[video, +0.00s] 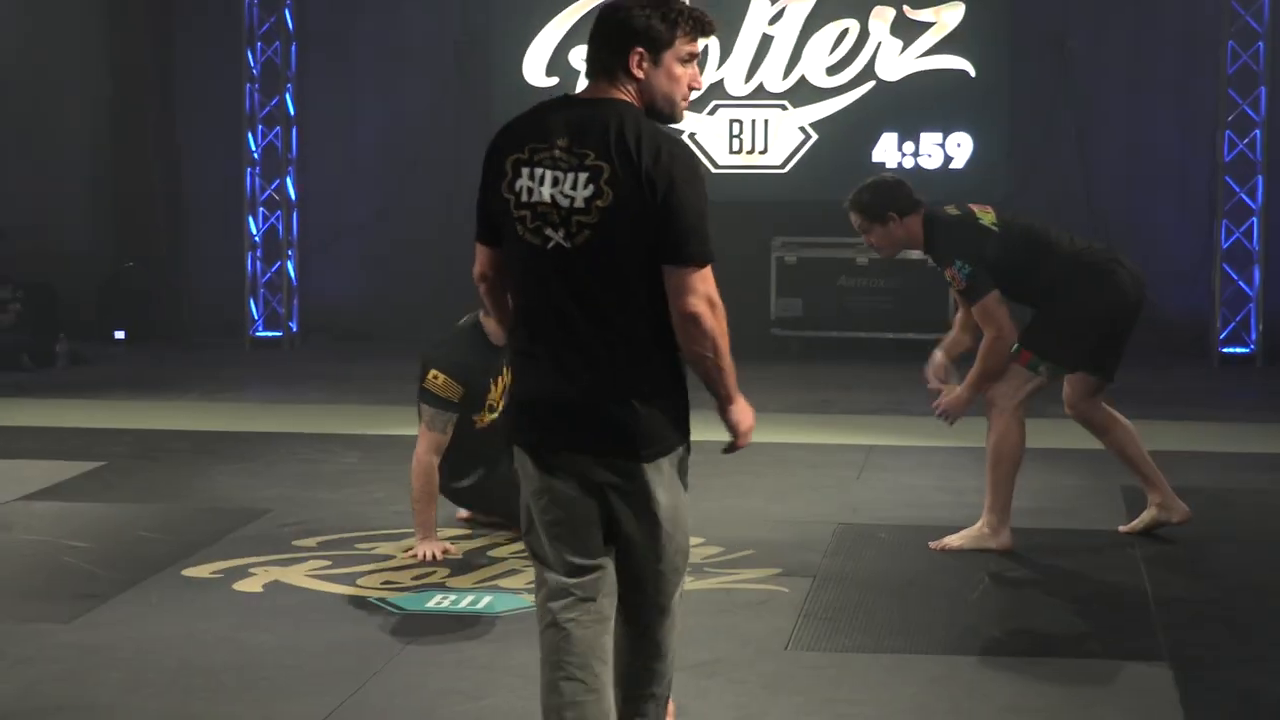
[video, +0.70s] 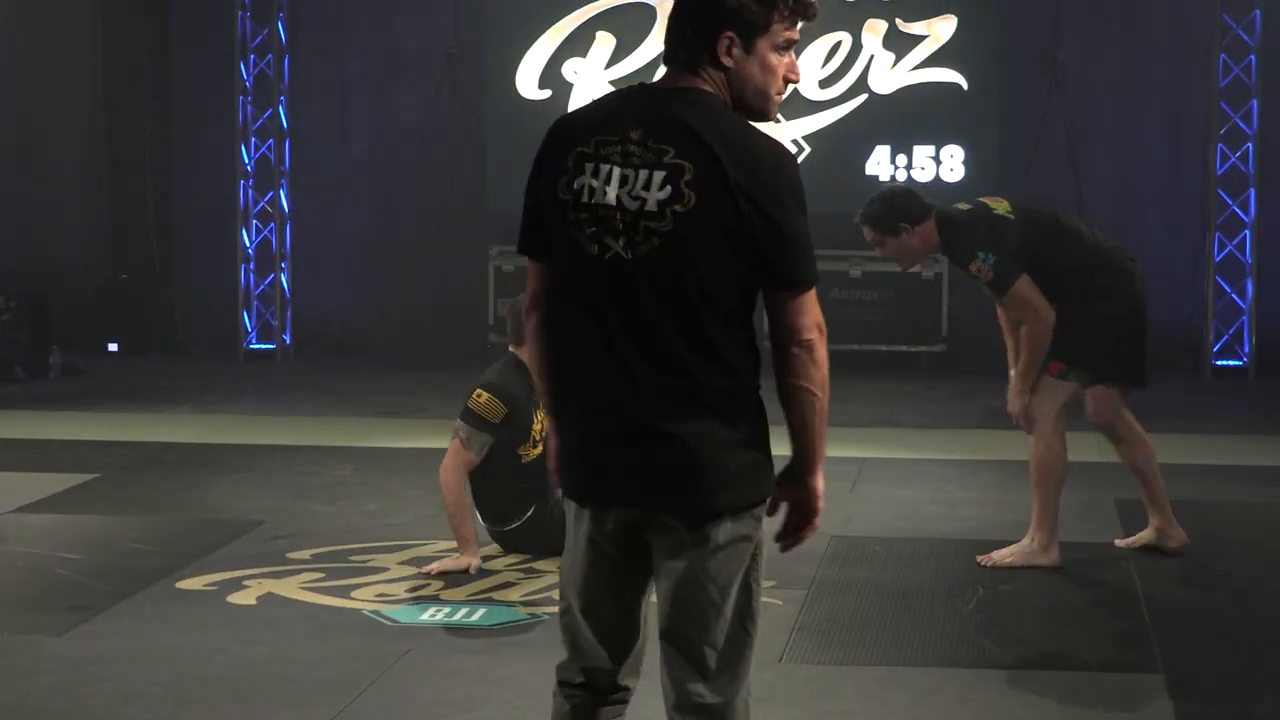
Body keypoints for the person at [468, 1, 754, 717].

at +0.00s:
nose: (697, 79)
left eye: (698, 63)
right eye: (687, 62)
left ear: (618, 66)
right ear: (637, 64)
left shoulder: (513, 139)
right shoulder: (664, 157)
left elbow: (490, 274)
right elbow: (693, 304)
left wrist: (527, 354)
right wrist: (731, 396)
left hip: (543, 401)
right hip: (638, 407)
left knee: (570, 593)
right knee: (651, 591)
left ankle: (574, 715)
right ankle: (645, 710)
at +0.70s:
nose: (793, 71)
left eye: (795, 50)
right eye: (783, 49)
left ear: (701, 49)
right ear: (728, 49)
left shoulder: (570, 135)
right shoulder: (759, 162)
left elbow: (538, 306)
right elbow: (799, 335)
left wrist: (556, 418)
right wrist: (808, 466)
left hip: (595, 444)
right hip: (711, 456)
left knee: (587, 683)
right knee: (708, 696)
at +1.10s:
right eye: (693, 51)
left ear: (594, 49)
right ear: (689, 63)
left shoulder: (505, 165)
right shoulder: (722, 176)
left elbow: (491, 348)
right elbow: (771, 358)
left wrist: (572, 403)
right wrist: (830, 512)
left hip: (556, 504)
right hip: (688, 506)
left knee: (581, 710)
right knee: (718, 707)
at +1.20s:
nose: (542, 53)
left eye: (547, 36)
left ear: (556, 43)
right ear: (659, 50)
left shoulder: (479, 173)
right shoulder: (712, 172)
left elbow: (456, 364)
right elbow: (761, 359)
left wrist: (506, 476)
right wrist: (805, 511)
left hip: (536, 512)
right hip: (673, 513)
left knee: (563, 710)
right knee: (698, 709)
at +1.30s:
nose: (499, 51)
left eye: (509, 29)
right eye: (503, 30)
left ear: (545, 32)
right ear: (625, 39)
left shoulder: (463, 165)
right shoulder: (702, 156)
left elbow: (433, 367)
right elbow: (753, 348)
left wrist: (451, 511)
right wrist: (773, 500)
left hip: (524, 501)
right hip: (662, 503)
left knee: (554, 709)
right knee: (680, 709)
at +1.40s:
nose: (464, 47)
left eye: (478, 21)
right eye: (469, 24)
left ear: (531, 21)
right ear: (601, 34)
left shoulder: (455, 153)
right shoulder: (695, 147)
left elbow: (409, 354)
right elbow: (745, 338)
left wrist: (401, 508)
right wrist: (745, 488)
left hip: (518, 501)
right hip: (655, 500)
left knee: (541, 704)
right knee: (671, 706)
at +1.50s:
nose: (443, 47)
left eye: (459, 23)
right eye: (447, 27)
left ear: (527, 22)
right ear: (578, 32)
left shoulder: (458, 151)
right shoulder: (684, 148)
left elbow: (409, 349)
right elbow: (737, 336)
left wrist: (368, 503)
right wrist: (712, 482)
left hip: (508, 507)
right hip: (646, 502)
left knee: (517, 704)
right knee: (646, 705)